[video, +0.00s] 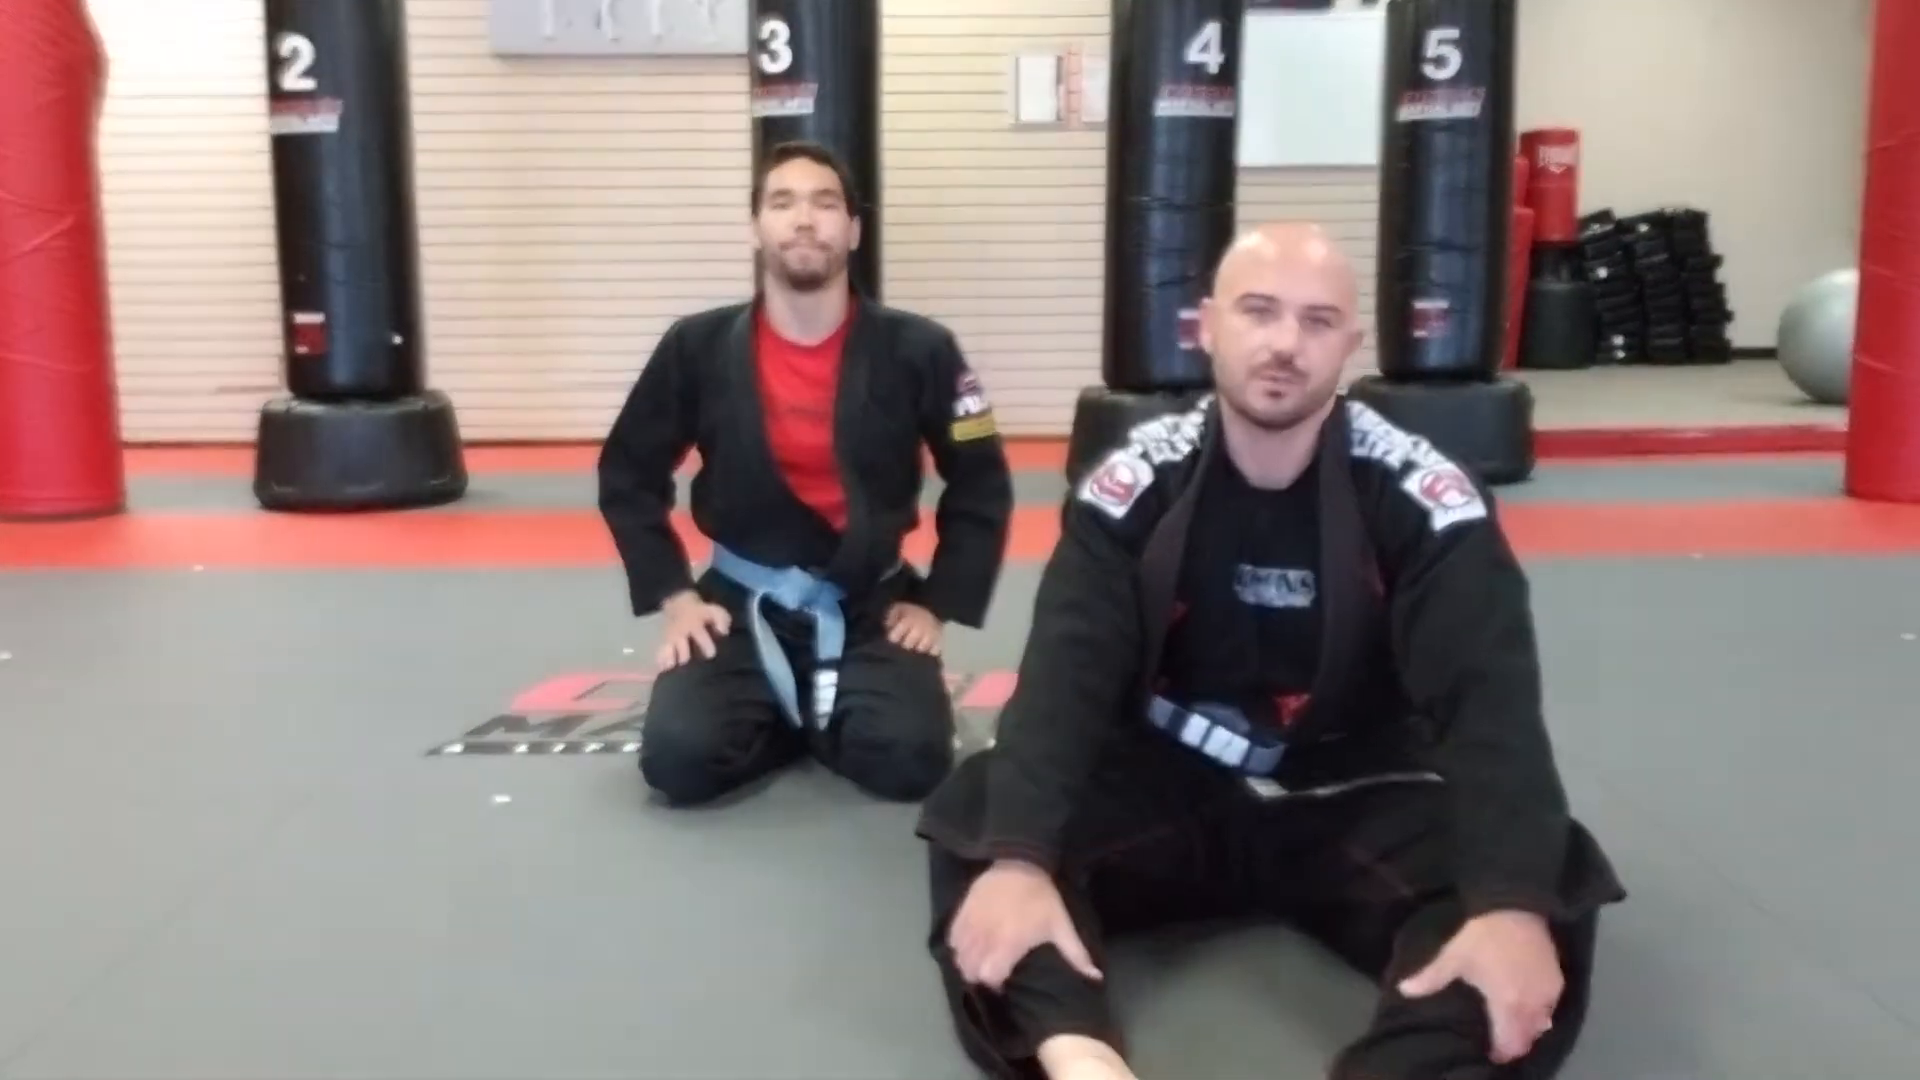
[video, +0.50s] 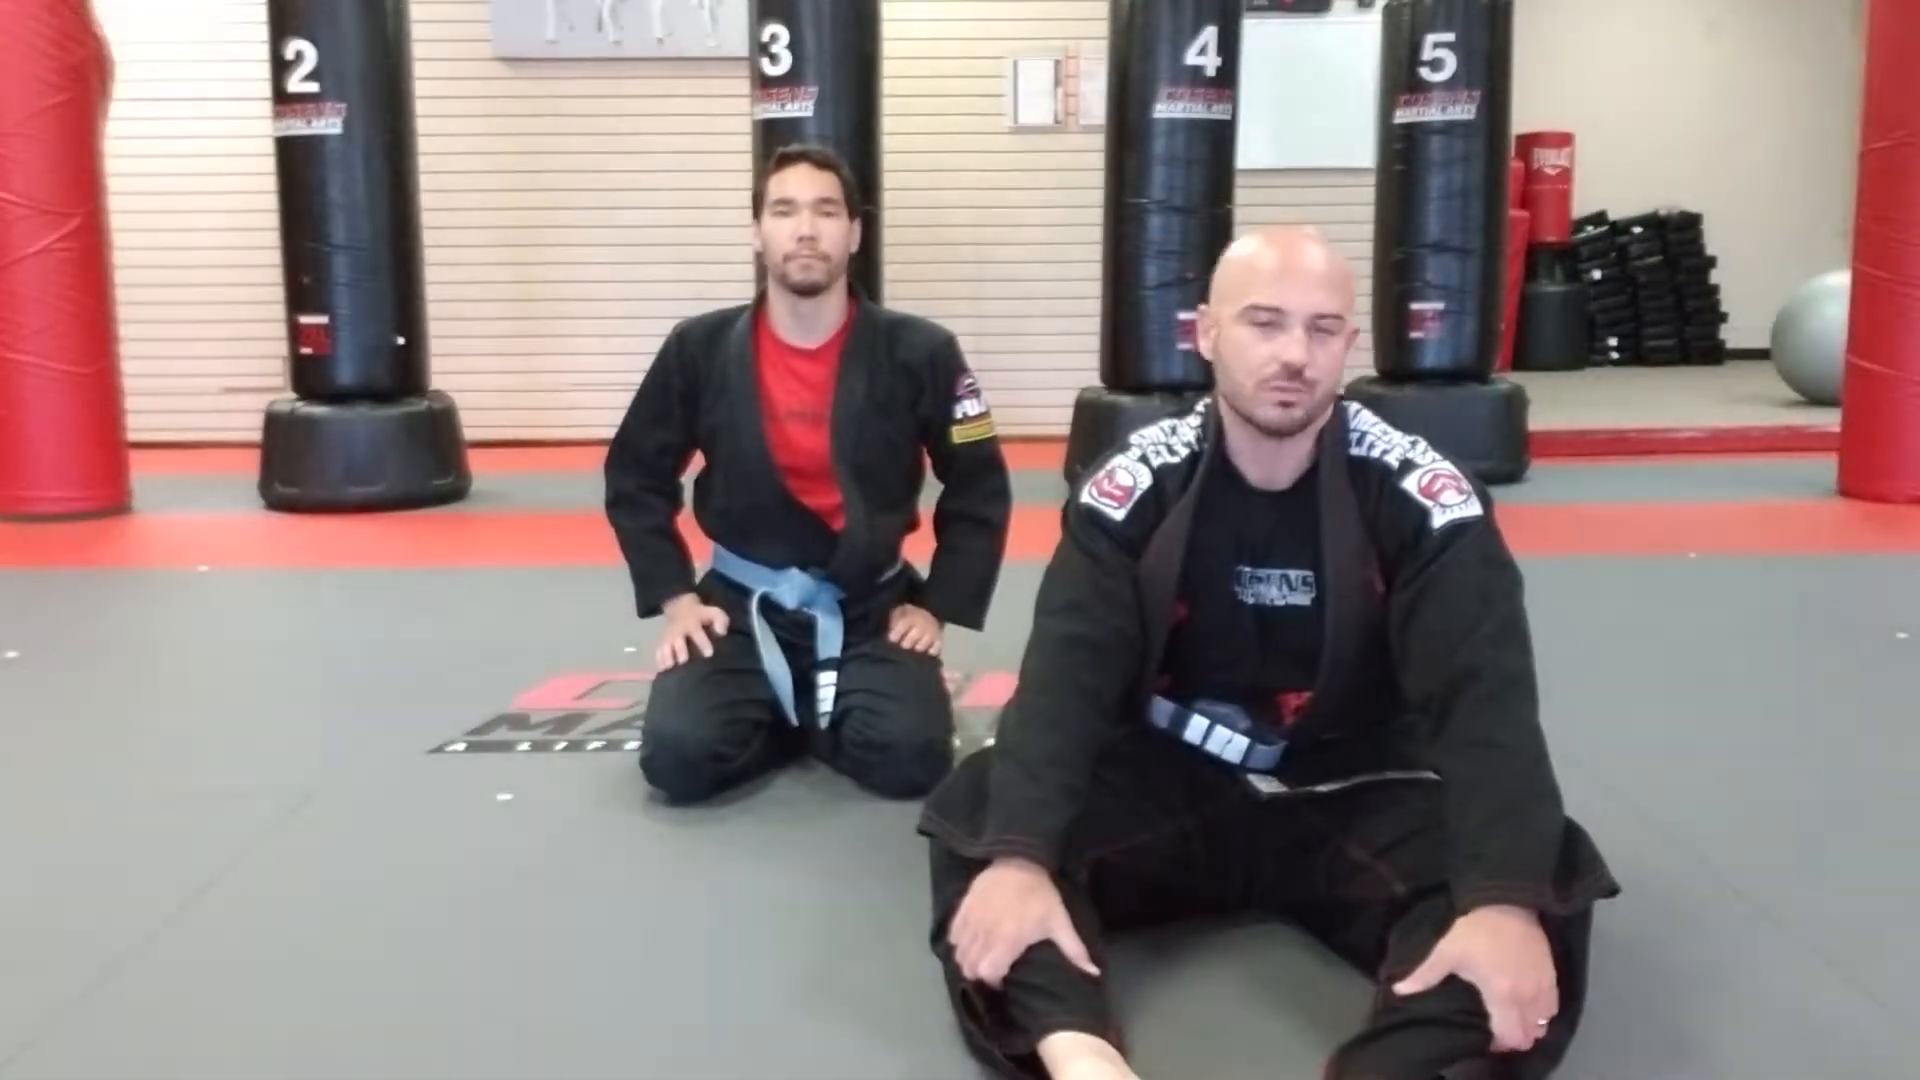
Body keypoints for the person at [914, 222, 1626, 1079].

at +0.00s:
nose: (1285, 344)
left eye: (1317, 323)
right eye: (1258, 312)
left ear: (1351, 347)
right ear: (1205, 328)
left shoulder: (1419, 490)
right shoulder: (1136, 479)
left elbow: (1487, 701)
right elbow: (1065, 675)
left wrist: (1511, 905)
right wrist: (1017, 858)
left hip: (1356, 815)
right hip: (1163, 800)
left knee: (1540, 877)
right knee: (979, 812)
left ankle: (1404, 1059)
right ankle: (1080, 1059)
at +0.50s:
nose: (1293, 355)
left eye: (1321, 330)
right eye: (1264, 323)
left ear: (1350, 347)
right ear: (1204, 336)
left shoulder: (1416, 489)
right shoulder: (1137, 482)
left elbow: (1484, 696)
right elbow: (1065, 677)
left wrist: (1504, 900)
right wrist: (1018, 856)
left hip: (1356, 809)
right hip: (1165, 796)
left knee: (1536, 875)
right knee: (981, 807)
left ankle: (1396, 1067)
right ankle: (1085, 1064)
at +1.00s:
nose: (1237, 381)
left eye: (1259, 346)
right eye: (1201, 354)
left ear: (1293, 341)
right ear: (1151, 365)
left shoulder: (1385, 483)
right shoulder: (1107, 498)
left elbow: (1470, 688)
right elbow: (1046, 689)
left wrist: (1491, 894)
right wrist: (1009, 865)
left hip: (1350, 808)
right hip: (1158, 800)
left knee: (1533, 868)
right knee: (968, 819)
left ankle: (1392, 1060)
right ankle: (1075, 1060)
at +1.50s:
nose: (1238, 341)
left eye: (1262, 314)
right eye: (1207, 319)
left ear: (1297, 328)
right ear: (1165, 341)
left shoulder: (1380, 467)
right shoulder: (1121, 474)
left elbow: (1445, 644)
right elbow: (1049, 637)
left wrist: (1450, 790)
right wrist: (1015, 707)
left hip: (1335, 784)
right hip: (1158, 777)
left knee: (1452, 824)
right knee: (1014, 783)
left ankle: (1341, 1058)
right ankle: (1090, 1046)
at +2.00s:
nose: (1210, 350)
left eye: (1229, 321)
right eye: (1177, 332)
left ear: (1266, 322)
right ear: (1142, 352)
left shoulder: (1362, 453)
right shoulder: (1102, 467)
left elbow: (1491, 631)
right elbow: (986, 612)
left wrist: (1499, 854)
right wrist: (927, 777)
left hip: (1345, 777)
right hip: (1163, 768)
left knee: (1265, 723)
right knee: (1028, 716)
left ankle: (1202, 1029)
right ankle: (984, 996)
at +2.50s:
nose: (1080, 357)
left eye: (1103, 319)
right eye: (1046, 332)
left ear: (1157, 307)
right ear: (1014, 339)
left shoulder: (1267, 450)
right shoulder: (973, 457)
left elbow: (1378, 680)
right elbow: (923, 675)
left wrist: (1421, 892)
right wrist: (899, 849)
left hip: (1253, 803)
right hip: (1052, 798)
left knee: (1221, 676)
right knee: (847, 729)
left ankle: (1056, 1042)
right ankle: (789, 1030)